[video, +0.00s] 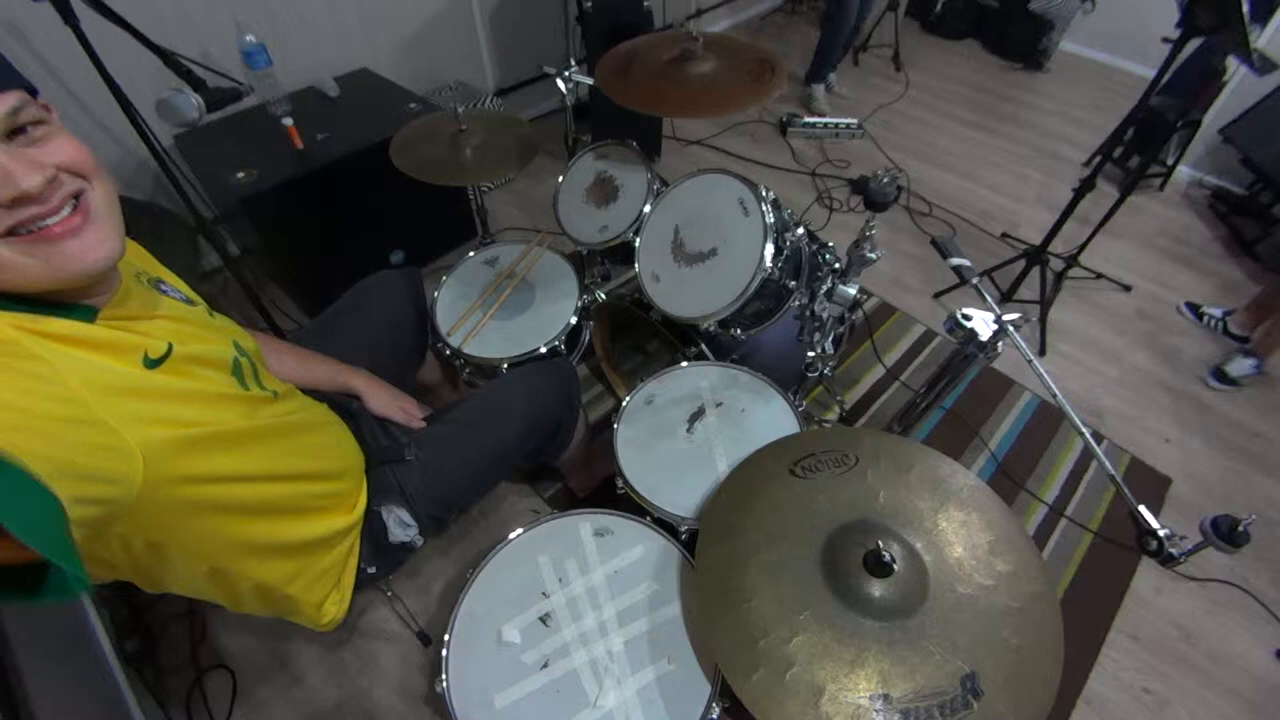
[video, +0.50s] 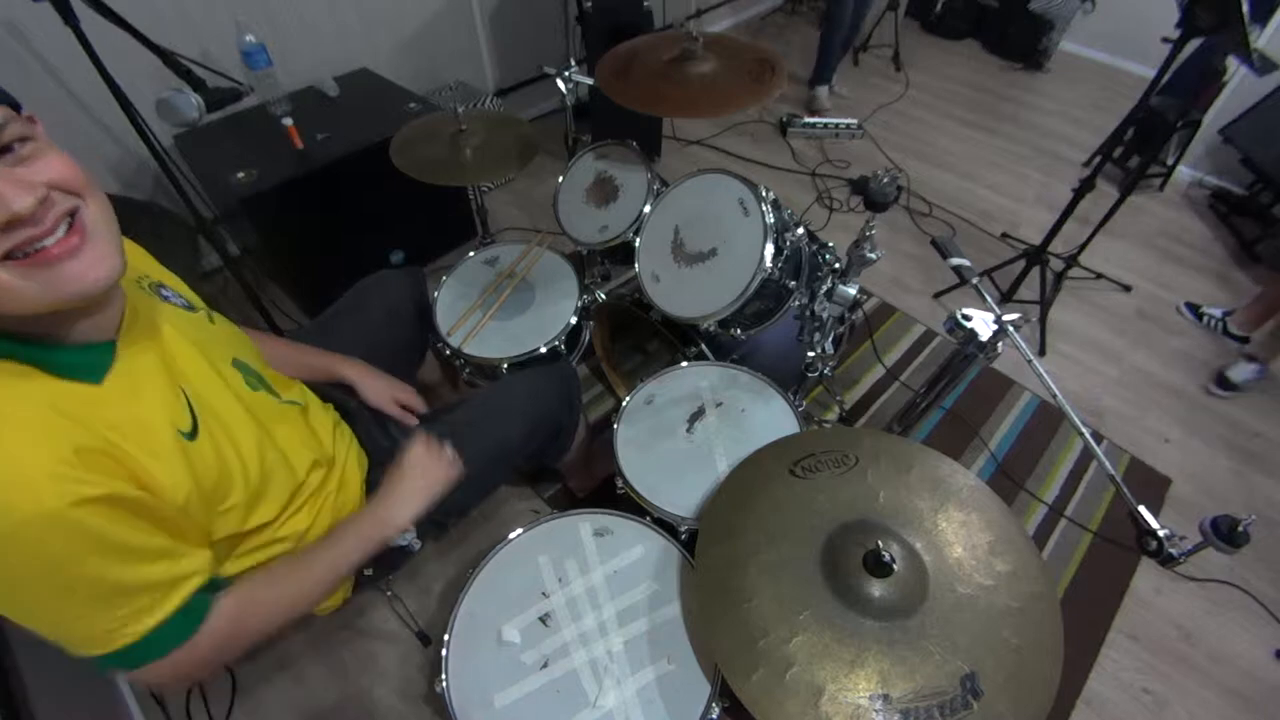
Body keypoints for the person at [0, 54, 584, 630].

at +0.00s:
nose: (29, 179)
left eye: (25, 128)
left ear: (67, 129)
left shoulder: (104, 262)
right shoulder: (37, 434)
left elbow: (227, 347)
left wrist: (357, 382)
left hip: (287, 406)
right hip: (350, 517)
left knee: (404, 290)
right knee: (550, 381)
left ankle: (413, 408)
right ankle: (575, 471)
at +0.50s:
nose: (27, 197)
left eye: (18, 148)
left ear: (56, 139)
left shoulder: (100, 262)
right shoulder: (37, 500)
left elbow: (213, 342)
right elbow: (175, 654)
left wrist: (347, 369)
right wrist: (388, 513)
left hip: (292, 399)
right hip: (341, 519)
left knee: (408, 284)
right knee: (547, 380)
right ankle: (575, 469)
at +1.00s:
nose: (173, 168)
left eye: (153, 139)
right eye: (118, 165)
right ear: (12, 226)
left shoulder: (73, 272)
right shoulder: (117, 422)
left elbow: (201, 339)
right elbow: (384, 467)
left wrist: (352, 318)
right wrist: (332, 267)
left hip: (267, 408)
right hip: (337, 526)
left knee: (394, 331)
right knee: (553, 384)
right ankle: (575, 473)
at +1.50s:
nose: (267, 152)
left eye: (256, 127)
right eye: (235, 139)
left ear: (120, 166)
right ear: (126, 165)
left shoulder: (45, 229)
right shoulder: (189, 354)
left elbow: (228, 334)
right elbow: (412, 431)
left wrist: (374, 322)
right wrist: (372, 245)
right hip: (341, 527)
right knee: (555, 370)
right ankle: (579, 470)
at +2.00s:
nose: (308, 189)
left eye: (313, 165)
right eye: (303, 164)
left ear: (146, 128)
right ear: (255, 169)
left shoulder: (51, 217)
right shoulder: (198, 344)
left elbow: (224, 335)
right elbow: (440, 429)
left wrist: (376, 322)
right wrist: (375, 236)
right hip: (334, 532)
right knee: (552, 366)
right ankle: (583, 472)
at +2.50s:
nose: (313, 224)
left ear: (184, 131)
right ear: (285, 203)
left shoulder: (70, 217)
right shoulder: (182, 334)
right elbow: (481, 379)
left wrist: (362, 330)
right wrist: (325, 190)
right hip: (335, 528)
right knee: (553, 379)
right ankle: (584, 469)